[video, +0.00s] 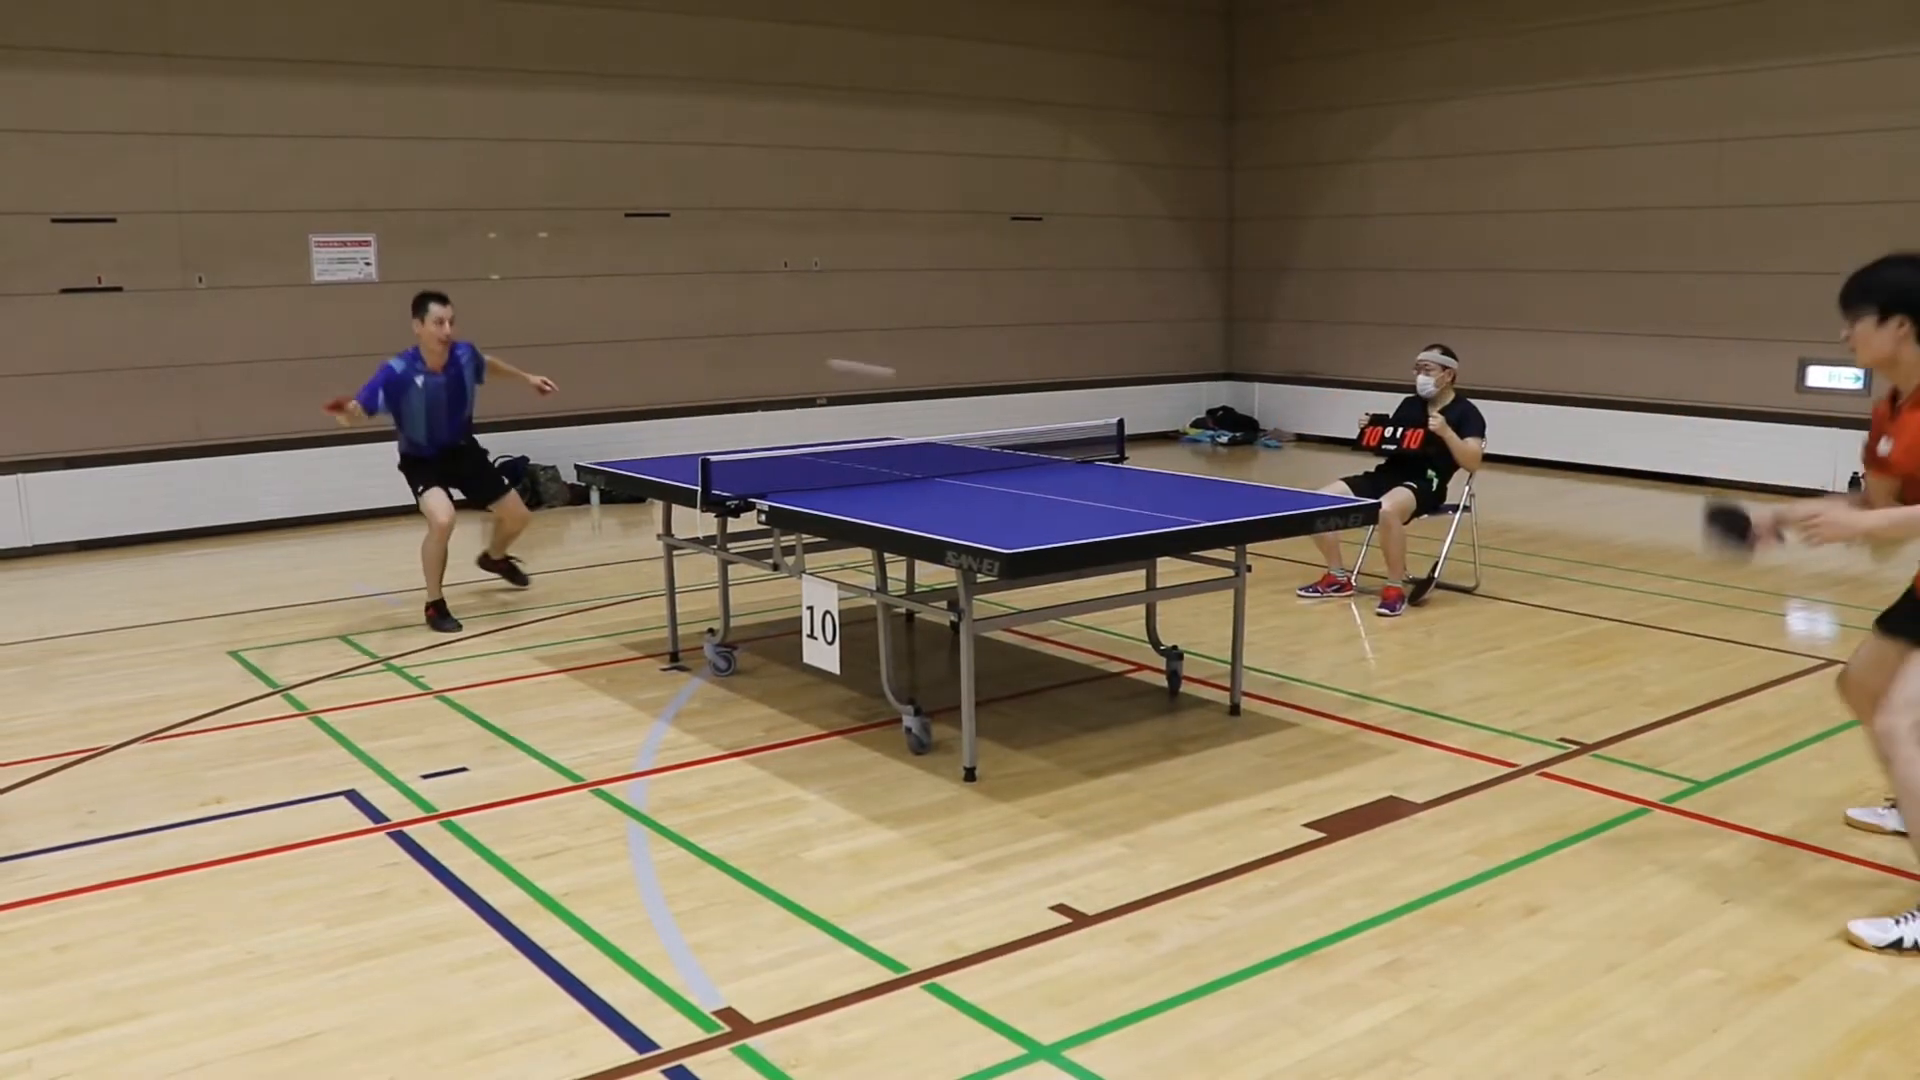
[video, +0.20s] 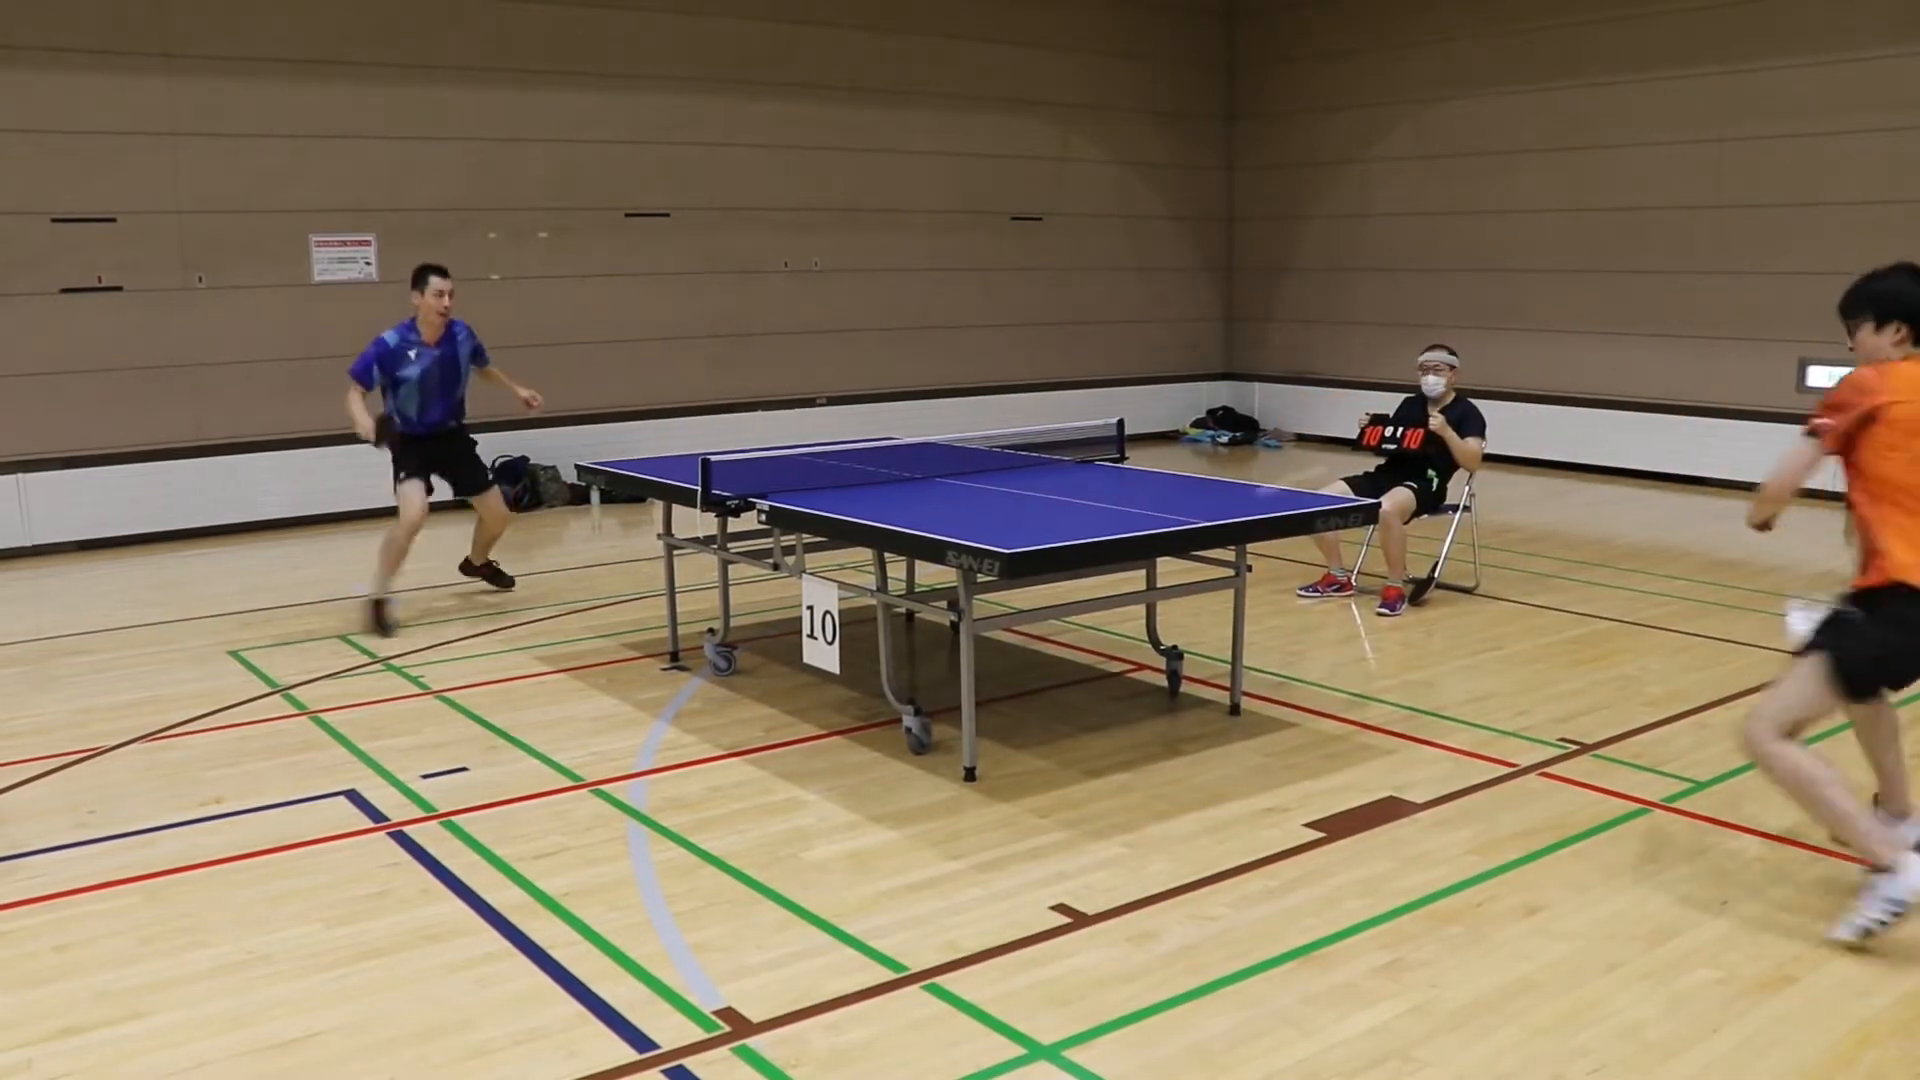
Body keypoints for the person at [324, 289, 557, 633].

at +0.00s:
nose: (447, 329)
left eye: (450, 322)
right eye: (439, 322)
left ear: (454, 324)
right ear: (418, 326)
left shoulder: (464, 355)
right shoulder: (398, 370)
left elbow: (488, 366)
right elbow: (360, 412)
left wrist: (528, 378)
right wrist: (347, 411)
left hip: (463, 451)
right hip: (421, 460)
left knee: (517, 516)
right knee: (442, 519)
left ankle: (494, 557)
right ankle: (435, 604)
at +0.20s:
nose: (446, 302)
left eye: (450, 295)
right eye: (438, 295)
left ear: (452, 298)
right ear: (417, 297)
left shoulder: (462, 336)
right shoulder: (392, 344)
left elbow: (485, 369)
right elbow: (355, 391)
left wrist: (518, 390)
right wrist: (363, 420)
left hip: (453, 440)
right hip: (410, 444)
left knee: (497, 515)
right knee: (413, 516)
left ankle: (476, 563)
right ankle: (379, 597)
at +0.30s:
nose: (449, 311)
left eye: (452, 304)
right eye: (441, 304)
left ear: (455, 307)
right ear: (419, 307)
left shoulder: (461, 349)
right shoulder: (395, 356)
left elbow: (484, 385)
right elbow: (366, 410)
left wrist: (522, 403)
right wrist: (393, 434)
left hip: (450, 452)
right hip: (408, 453)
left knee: (495, 528)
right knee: (408, 530)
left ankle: (472, 577)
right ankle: (360, 611)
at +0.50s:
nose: (468, 287)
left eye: (471, 281)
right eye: (460, 281)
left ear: (474, 284)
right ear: (439, 287)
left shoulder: (483, 321)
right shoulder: (424, 334)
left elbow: (499, 346)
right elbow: (401, 385)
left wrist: (528, 370)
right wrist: (442, 405)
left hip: (487, 430)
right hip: (447, 435)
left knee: (529, 492)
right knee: (431, 510)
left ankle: (492, 551)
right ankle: (387, 595)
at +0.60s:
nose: (487, 289)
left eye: (490, 282)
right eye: (479, 283)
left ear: (494, 286)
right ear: (458, 287)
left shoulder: (502, 322)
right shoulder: (442, 332)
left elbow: (512, 352)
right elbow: (415, 382)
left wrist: (536, 381)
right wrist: (455, 399)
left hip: (499, 422)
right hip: (458, 428)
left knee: (548, 488)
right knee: (462, 498)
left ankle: (533, 539)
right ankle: (436, 581)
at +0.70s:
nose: (508, 312)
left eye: (511, 304)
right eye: (500, 304)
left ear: (515, 307)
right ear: (480, 308)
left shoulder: (519, 343)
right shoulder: (462, 351)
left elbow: (533, 374)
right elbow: (450, 403)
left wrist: (555, 402)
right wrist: (505, 415)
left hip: (514, 437)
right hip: (475, 443)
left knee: (567, 494)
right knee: (485, 506)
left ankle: (575, 547)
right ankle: (462, 588)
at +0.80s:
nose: (533, 323)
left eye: (535, 315)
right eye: (525, 316)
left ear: (536, 318)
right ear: (505, 322)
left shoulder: (532, 352)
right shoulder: (507, 359)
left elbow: (555, 373)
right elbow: (546, 405)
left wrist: (584, 382)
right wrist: (605, 397)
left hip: (525, 448)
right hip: (495, 451)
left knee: (591, 492)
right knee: (506, 506)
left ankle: (582, 553)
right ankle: (465, 588)